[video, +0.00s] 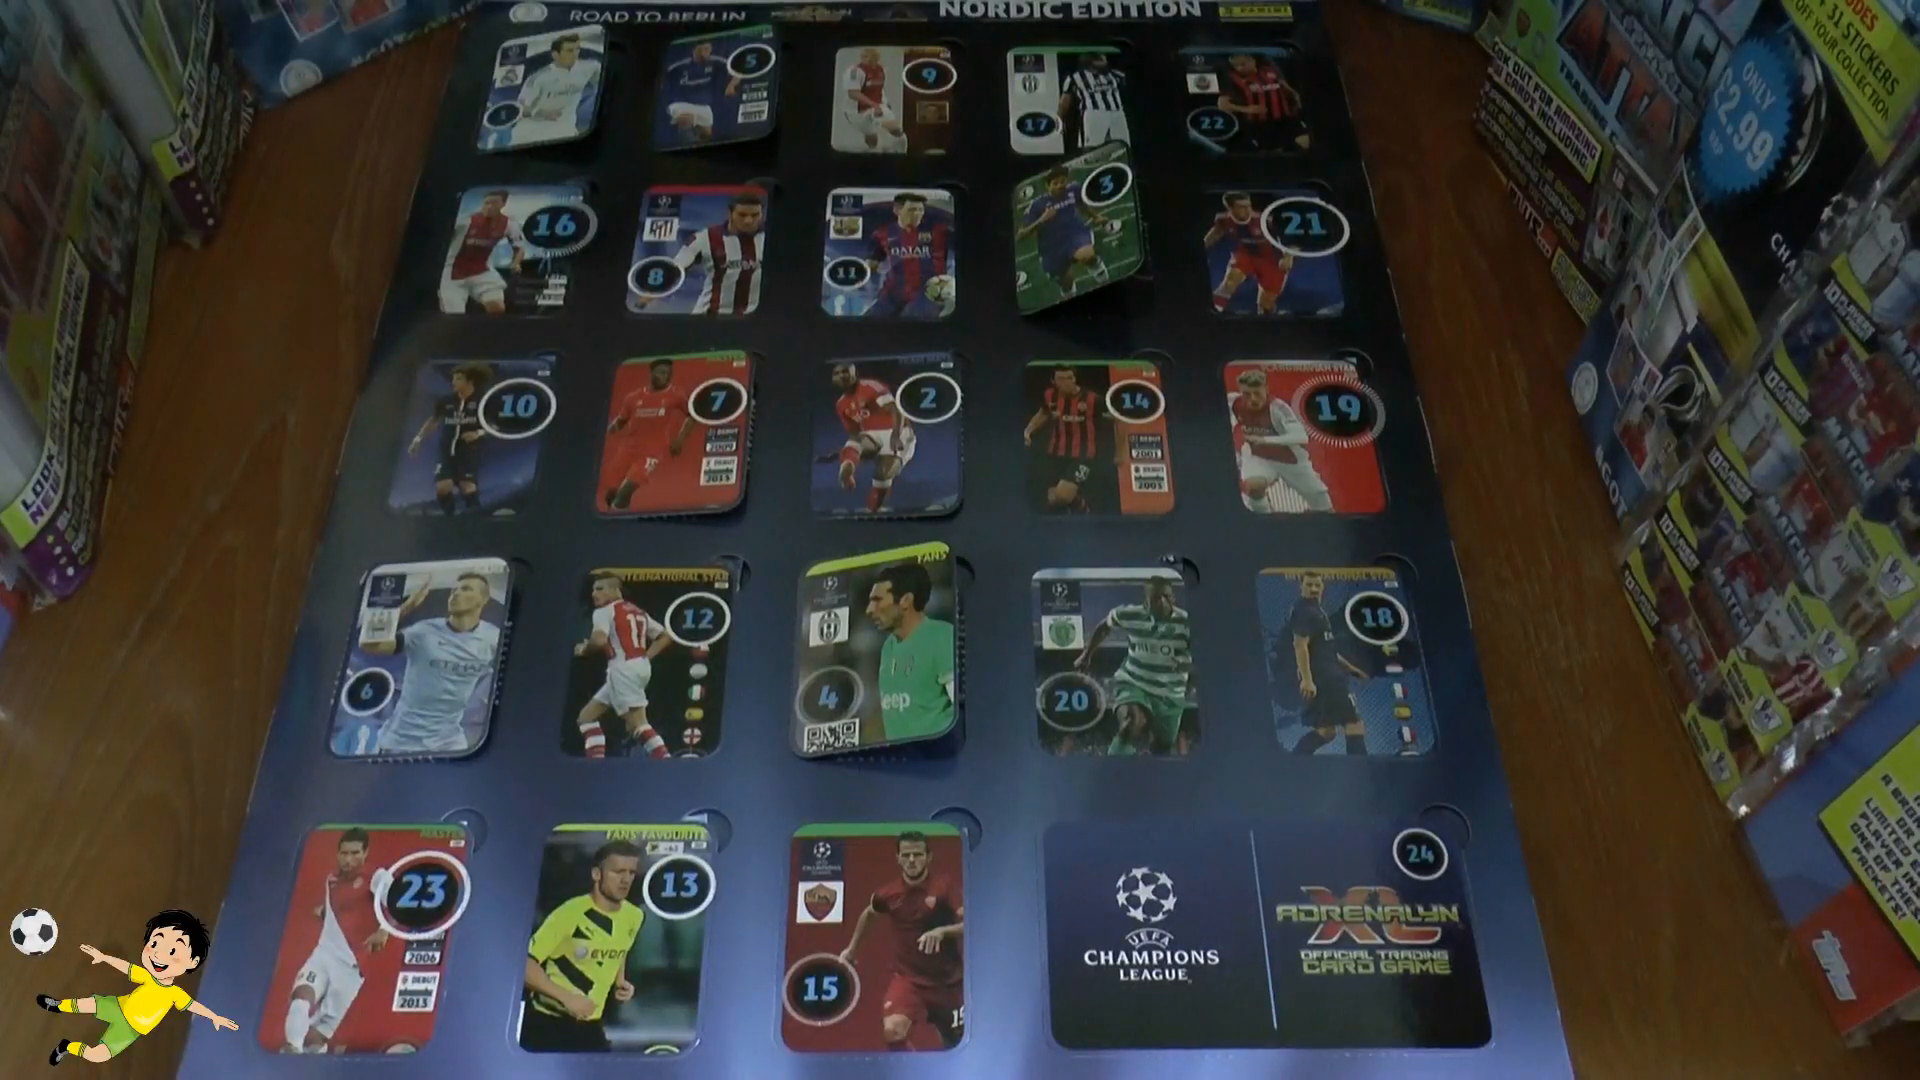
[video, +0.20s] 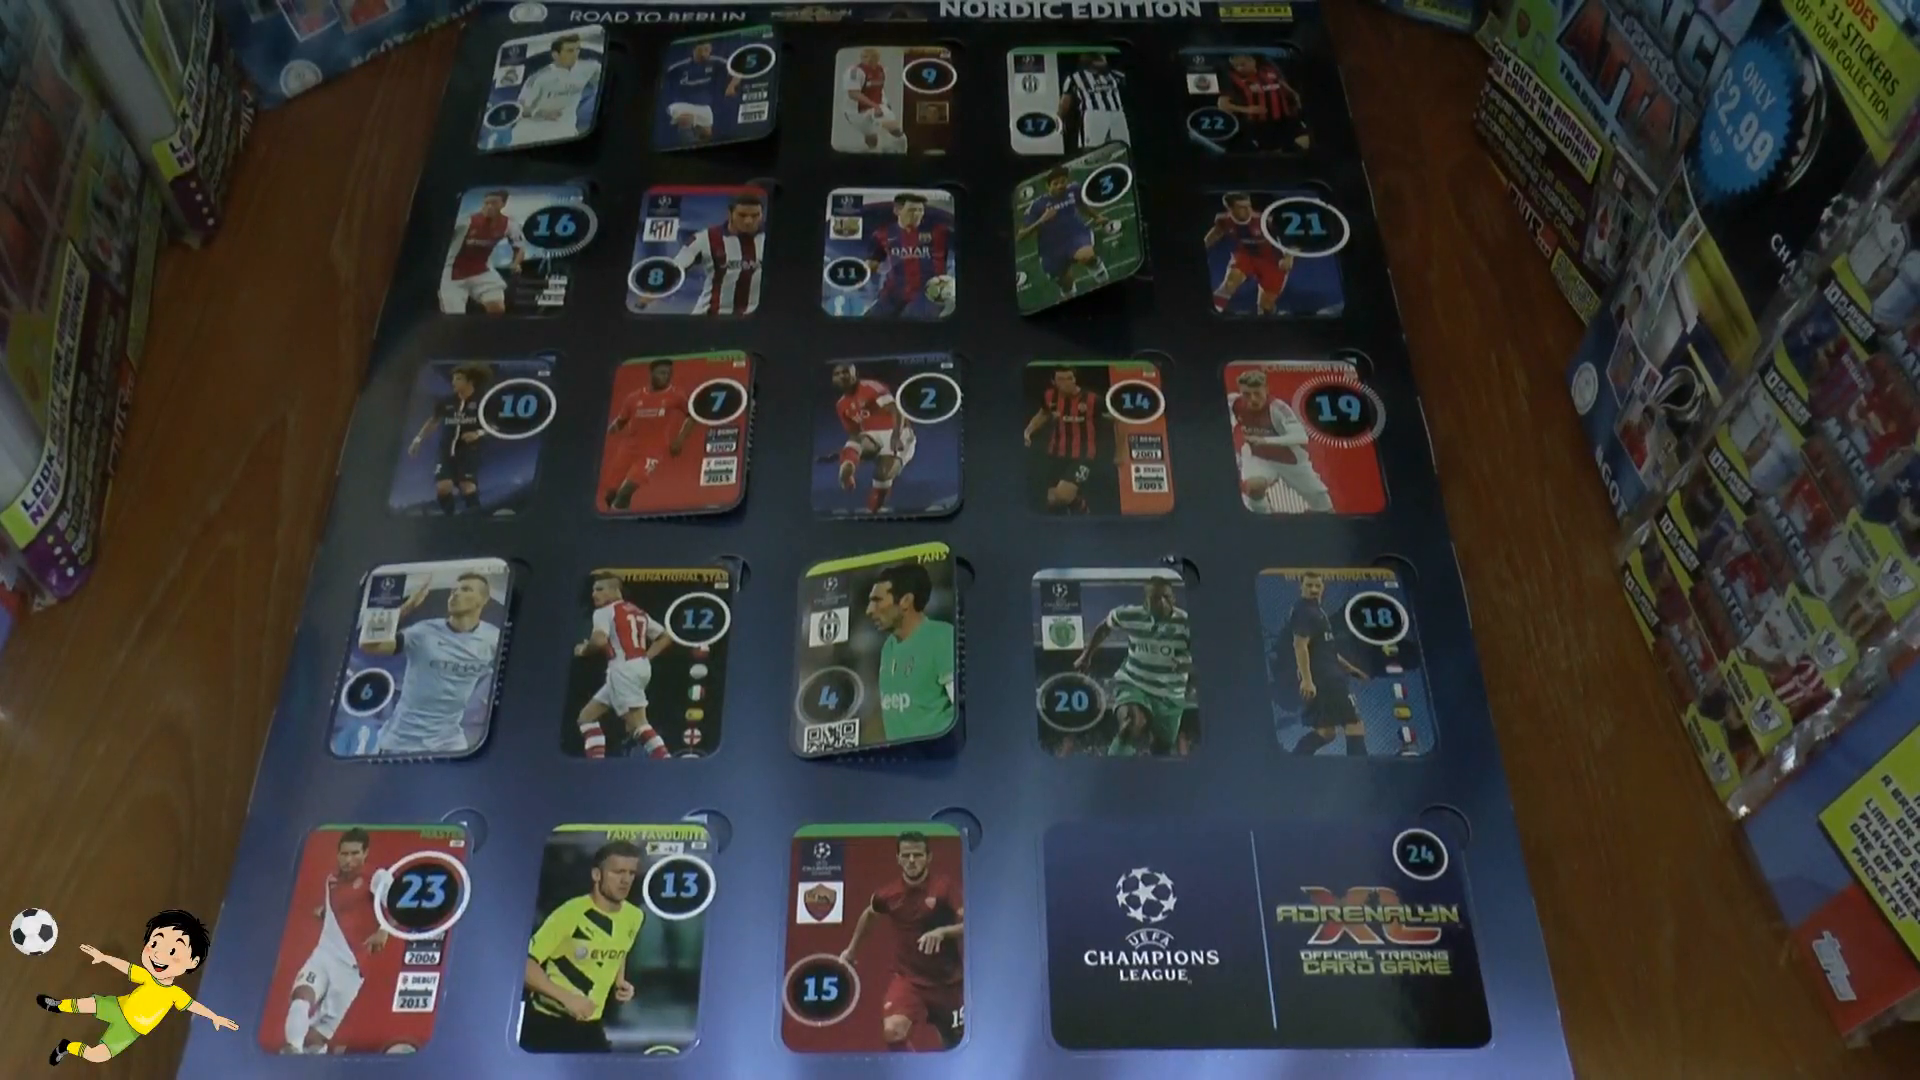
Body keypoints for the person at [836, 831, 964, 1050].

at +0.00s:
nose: (912, 861)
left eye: (917, 855)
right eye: (906, 855)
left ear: (928, 857)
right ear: (898, 859)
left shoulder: (944, 888)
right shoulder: (886, 895)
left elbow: (969, 924)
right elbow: (868, 914)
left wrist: (943, 931)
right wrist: (851, 949)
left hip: (947, 982)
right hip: (907, 979)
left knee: (957, 1049)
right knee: (892, 1031)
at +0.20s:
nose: (912, 861)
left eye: (917, 855)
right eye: (906, 856)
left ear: (928, 858)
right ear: (898, 859)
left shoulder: (945, 889)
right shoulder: (886, 896)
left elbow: (970, 924)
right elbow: (869, 915)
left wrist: (942, 931)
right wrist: (851, 950)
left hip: (948, 983)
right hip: (908, 980)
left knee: (956, 1048)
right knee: (893, 1032)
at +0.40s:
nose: (913, 863)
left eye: (918, 858)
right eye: (907, 858)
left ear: (929, 861)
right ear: (899, 861)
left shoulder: (945, 891)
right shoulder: (886, 898)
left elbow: (969, 928)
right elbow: (870, 918)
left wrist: (943, 934)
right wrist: (851, 952)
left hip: (948, 985)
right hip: (908, 982)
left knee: (958, 1051)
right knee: (893, 1034)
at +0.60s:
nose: (912, 866)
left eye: (918, 860)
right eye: (906, 860)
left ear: (928, 862)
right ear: (899, 864)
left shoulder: (945, 893)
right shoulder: (886, 900)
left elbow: (969, 929)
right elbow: (869, 920)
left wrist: (943, 936)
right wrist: (851, 955)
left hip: (948, 987)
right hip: (908, 984)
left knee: (957, 1052)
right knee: (893, 1037)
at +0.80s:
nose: (910, 863)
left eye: (916, 857)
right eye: (904, 858)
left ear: (926, 860)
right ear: (897, 861)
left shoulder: (944, 890)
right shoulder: (885, 898)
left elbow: (968, 927)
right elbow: (867, 917)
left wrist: (941, 933)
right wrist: (849, 952)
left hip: (947, 985)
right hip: (906, 982)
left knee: (955, 1051)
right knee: (891, 1034)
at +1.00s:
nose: (910, 862)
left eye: (916, 856)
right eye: (904, 857)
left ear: (926, 859)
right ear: (896, 860)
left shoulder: (943, 888)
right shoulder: (884, 897)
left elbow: (967, 926)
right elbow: (867, 916)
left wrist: (941, 933)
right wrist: (849, 950)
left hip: (946, 984)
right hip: (906, 981)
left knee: (955, 1050)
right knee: (891, 1032)